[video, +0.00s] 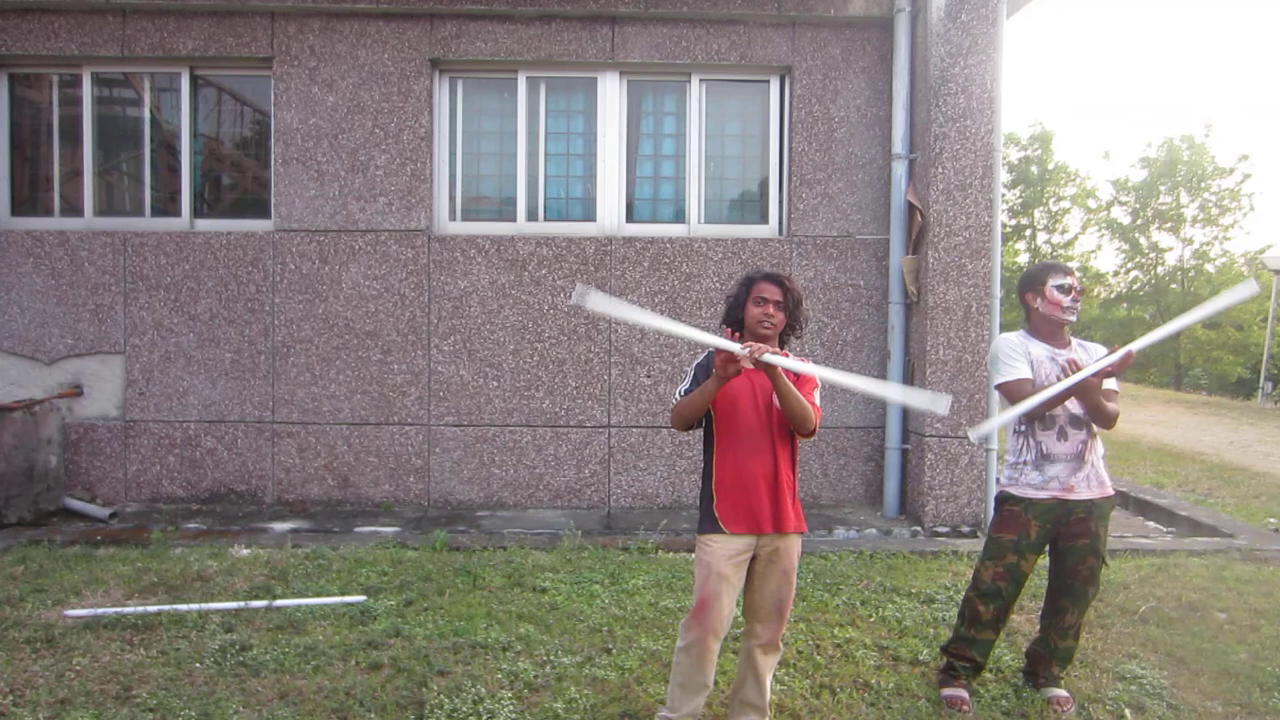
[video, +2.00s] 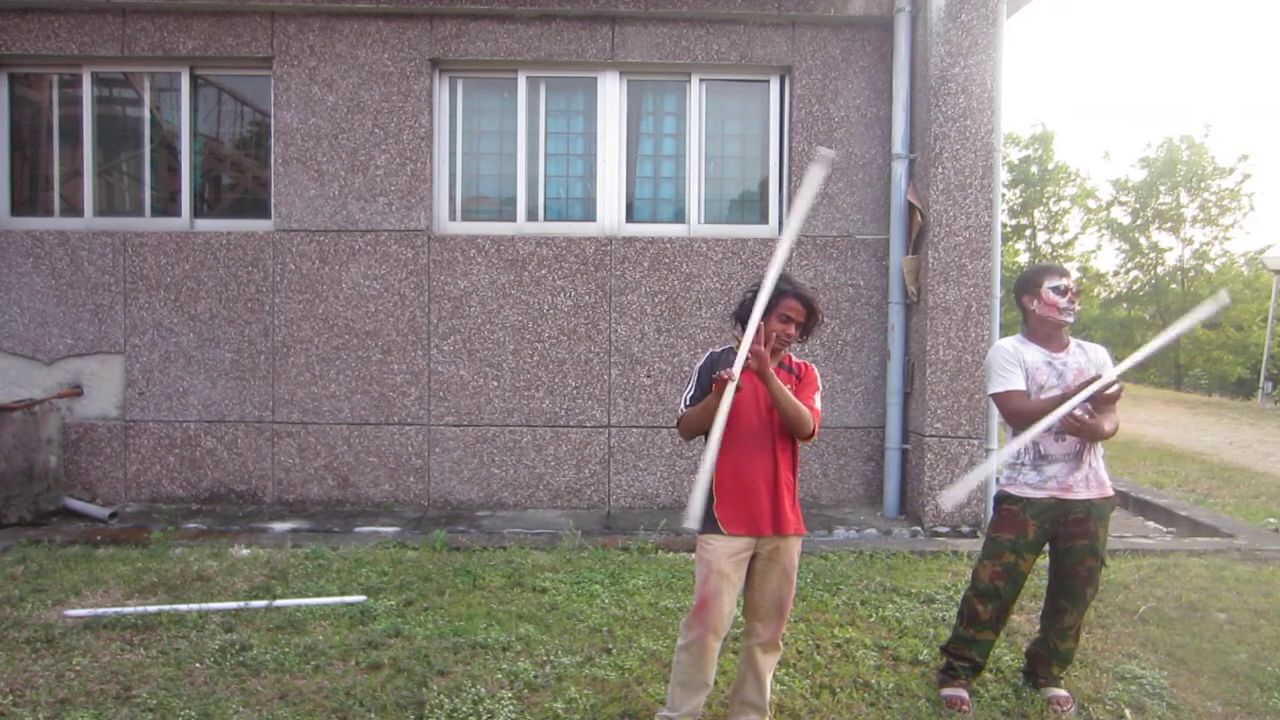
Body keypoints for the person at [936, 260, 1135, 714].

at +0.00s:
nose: (1074, 298)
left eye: (1078, 292)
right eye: (1063, 289)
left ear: (1079, 303)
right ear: (1032, 298)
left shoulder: (1095, 353)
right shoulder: (1008, 346)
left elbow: (1109, 418)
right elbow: (1030, 407)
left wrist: (1083, 386)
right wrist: (1099, 372)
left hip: (1088, 494)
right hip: (1027, 492)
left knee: (1076, 592)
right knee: (994, 584)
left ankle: (1045, 671)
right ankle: (957, 674)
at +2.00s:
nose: (1071, 298)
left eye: (1074, 292)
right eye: (1059, 290)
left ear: (1076, 303)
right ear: (1028, 301)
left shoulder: (1095, 355)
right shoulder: (1006, 352)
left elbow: (1110, 417)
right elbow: (1016, 415)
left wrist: (1098, 430)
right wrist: (1075, 395)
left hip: (1087, 496)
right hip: (1025, 494)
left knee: (1075, 593)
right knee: (992, 584)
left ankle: (1044, 671)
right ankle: (957, 674)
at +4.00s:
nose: (1071, 298)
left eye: (1073, 292)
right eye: (1058, 291)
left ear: (1076, 304)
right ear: (1028, 302)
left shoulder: (1096, 355)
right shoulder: (1005, 355)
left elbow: (1109, 422)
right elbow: (1015, 420)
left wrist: (1091, 403)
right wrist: (1062, 390)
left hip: (1087, 497)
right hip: (1027, 496)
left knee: (1077, 592)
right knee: (994, 585)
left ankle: (1045, 670)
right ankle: (957, 674)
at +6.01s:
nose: (1072, 297)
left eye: (1076, 292)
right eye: (1061, 289)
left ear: (1079, 307)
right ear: (1030, 300)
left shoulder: (1094, 355)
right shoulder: (1009, 355)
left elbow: (1112, 422)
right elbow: (1020, 421)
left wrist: (1117, 379)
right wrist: (1065, 382)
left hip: (1093, 499)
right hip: (1032, 497)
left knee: (1077, 598)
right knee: (996, 587)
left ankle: (1046, 673)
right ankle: (957, 675)